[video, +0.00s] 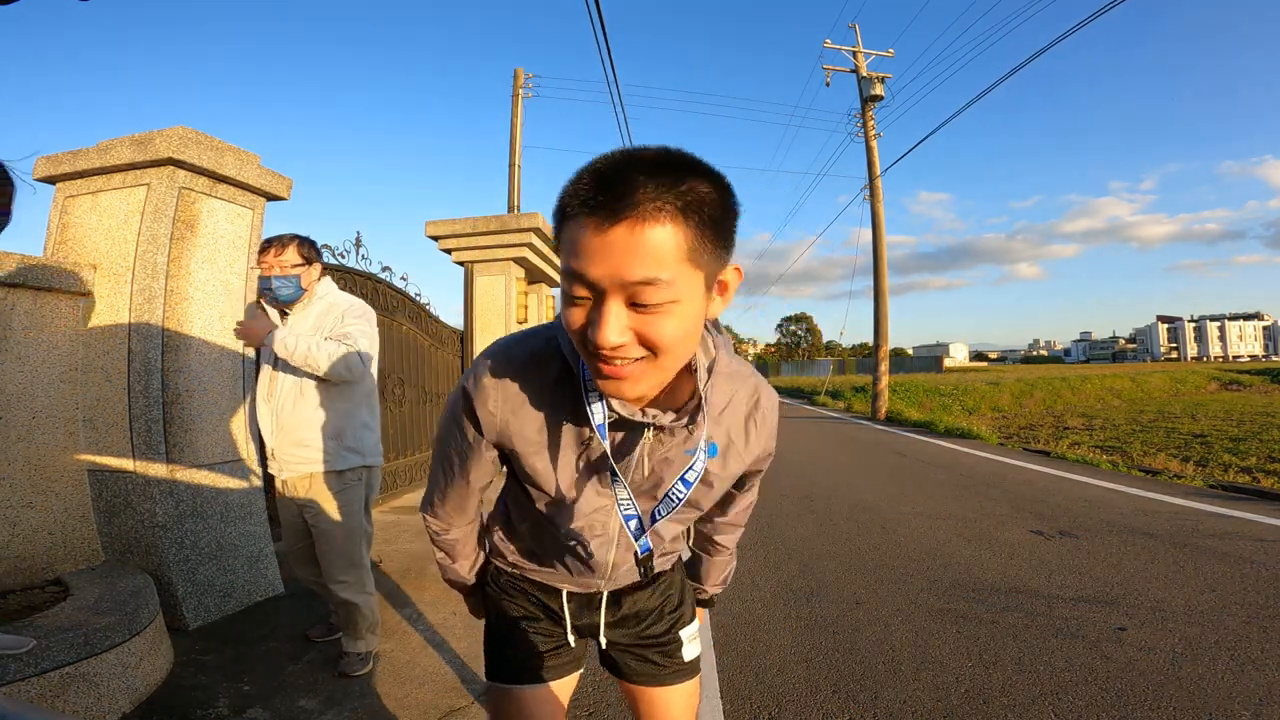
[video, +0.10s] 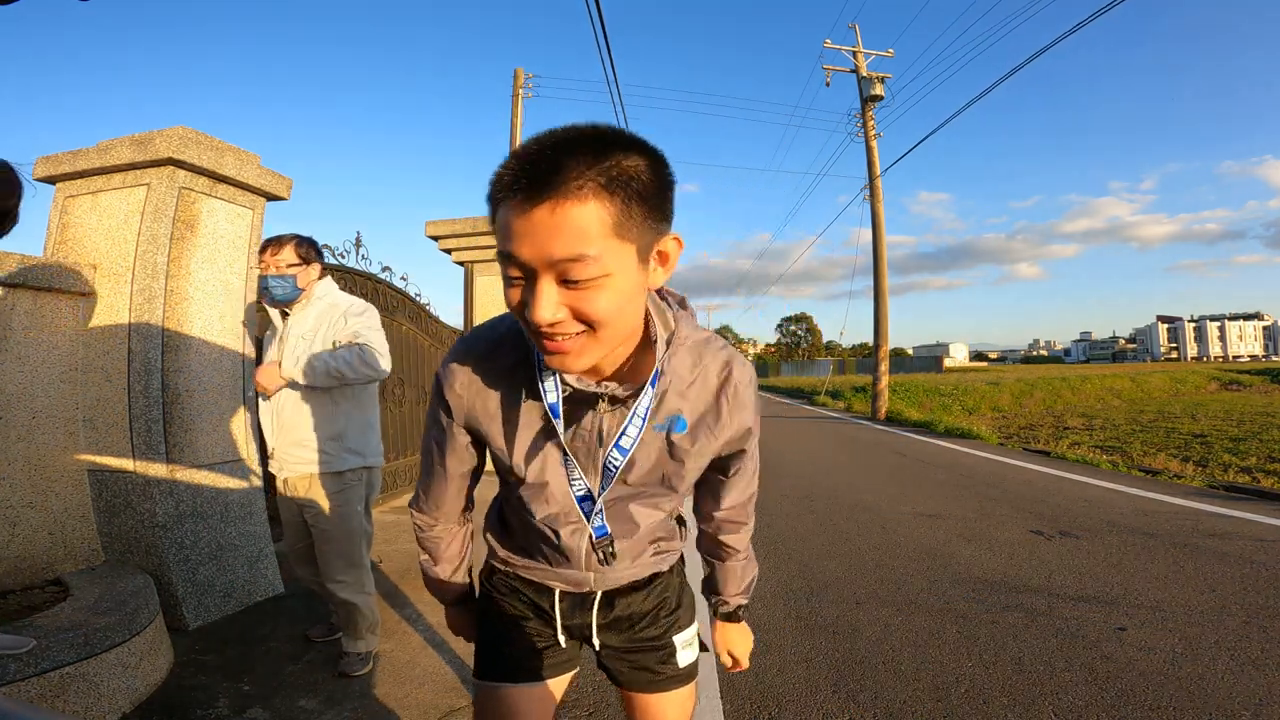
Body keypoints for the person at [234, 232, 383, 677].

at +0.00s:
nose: (275, 281)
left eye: (286, 270)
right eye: (267, 273)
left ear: (314, 270)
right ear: (262, 275)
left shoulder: (351, 310)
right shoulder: (274, 320)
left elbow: (351, 366)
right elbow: (268, 392)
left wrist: (271, 337)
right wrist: (267, 457)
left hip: (337, 465)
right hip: (287, 465)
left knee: (345, 567)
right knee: (303, 560)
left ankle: (360, 641)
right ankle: (339, 616)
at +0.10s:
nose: (271, 278)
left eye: (282, 268)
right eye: (266, 270)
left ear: (313, 268)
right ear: (262, 276)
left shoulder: (351, 310)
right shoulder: (279, 330)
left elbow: (373, 360)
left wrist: (286, 372)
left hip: (338, 467)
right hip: (289, 468)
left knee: (344, 568)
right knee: (303, 561)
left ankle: (361, 642)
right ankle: (338, 616)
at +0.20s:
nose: (265, 278)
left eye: (274, 269)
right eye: (262, 271)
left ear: (309, 269)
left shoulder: (348, 311)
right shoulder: (284, 321)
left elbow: (385, 357)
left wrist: (321, 396)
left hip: (337, 471)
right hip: (291, 470)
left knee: (343, 569)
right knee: (303, 562)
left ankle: (360, 643)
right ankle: (340, 616)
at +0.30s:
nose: (264, 276)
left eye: (273, 267)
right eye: (264, 268)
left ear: (305, 267)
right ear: (290, 272)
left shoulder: (336, 307)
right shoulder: (293, 314)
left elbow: (384, 347)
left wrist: (349, 400)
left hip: (333, 465)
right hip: (297, 465)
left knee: (339, 567)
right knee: (308, 558)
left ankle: (355, 643)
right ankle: (337, 617)